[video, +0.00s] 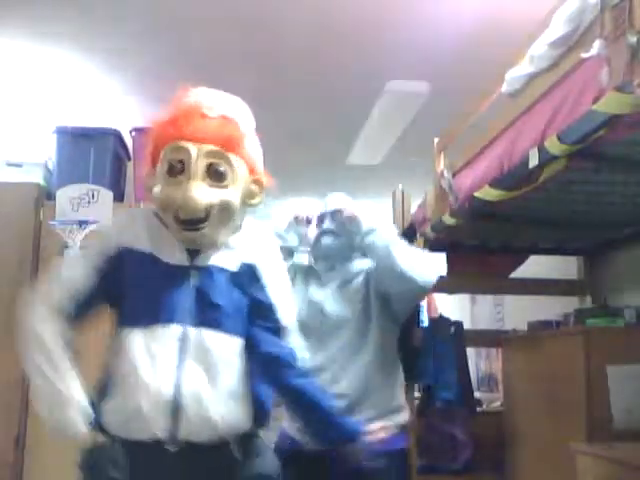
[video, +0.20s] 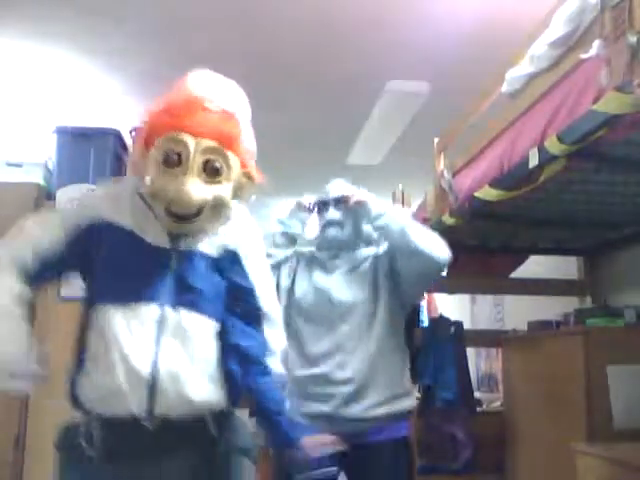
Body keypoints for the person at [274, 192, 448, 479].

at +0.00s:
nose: (327, 225)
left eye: (339, 218)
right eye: (320, 218)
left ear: (357, 231)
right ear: (308, 230)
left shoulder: (376, 277)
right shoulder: (297, 278)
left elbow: (423, 279)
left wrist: (365, 231)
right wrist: (290, 236)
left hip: (373, 436)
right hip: (303, 435)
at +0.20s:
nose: (333, 216)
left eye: (343, 207)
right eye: (324, 207)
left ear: (362, 215)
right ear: (312, 214)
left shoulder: (385, 259)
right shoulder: (293, 262)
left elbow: (436, 258)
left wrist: (373, 209)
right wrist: (293, 218)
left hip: (381, 427)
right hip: (308, 427)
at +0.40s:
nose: (348, 239)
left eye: (361, 228)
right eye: (340, 228)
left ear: (380, 242)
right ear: (322, 238)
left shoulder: (396, 289)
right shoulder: (297, 289)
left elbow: (433, 238)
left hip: (389, 453)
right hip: (318, 454)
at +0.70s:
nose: (379, 275)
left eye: (389, 264)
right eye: (369, 264)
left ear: (401, 264)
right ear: (342, 262)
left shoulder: (407, 293)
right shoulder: (316, 299)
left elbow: (447, 252)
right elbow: (286, 310)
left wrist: (451, 191)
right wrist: (342, 268)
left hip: (396, 449)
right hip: (324, 453)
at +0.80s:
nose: (380, 261)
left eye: (390, 251)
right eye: (371, 250)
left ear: (401, 251)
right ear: (348, 250)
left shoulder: (409, 281)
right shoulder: (318, 288)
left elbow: (460, 242)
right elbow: (279, 302)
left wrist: (447, 184)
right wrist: (343, 258)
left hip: (399, 440)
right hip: (326, 443)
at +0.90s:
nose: (380, 248)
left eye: (391, 238)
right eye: (369, 237)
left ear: (401, 238)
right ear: (346, 235)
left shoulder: (413, 266)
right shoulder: (314, 269)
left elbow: (468, 241)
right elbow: (272, 294)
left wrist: (448, 184)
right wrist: (342, 245)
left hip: (399, 434)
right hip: (322, 434)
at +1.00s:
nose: (374, 241)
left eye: (384, 230)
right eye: (363, 230)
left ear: (395, 232)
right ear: (341, 230)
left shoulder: (410, 266)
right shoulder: (311, 269)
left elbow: (467, 241)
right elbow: (265, 286)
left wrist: (451, 174)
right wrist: (335, 240)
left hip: (397, 433)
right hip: (323, 435)